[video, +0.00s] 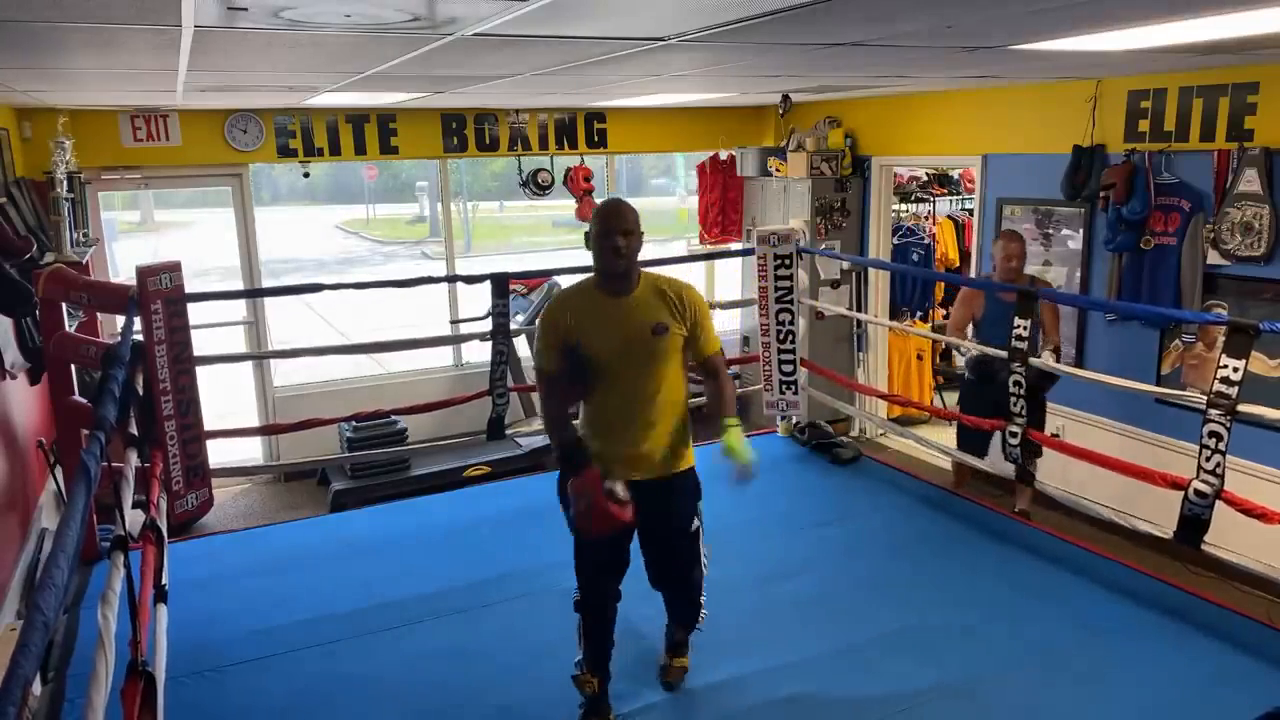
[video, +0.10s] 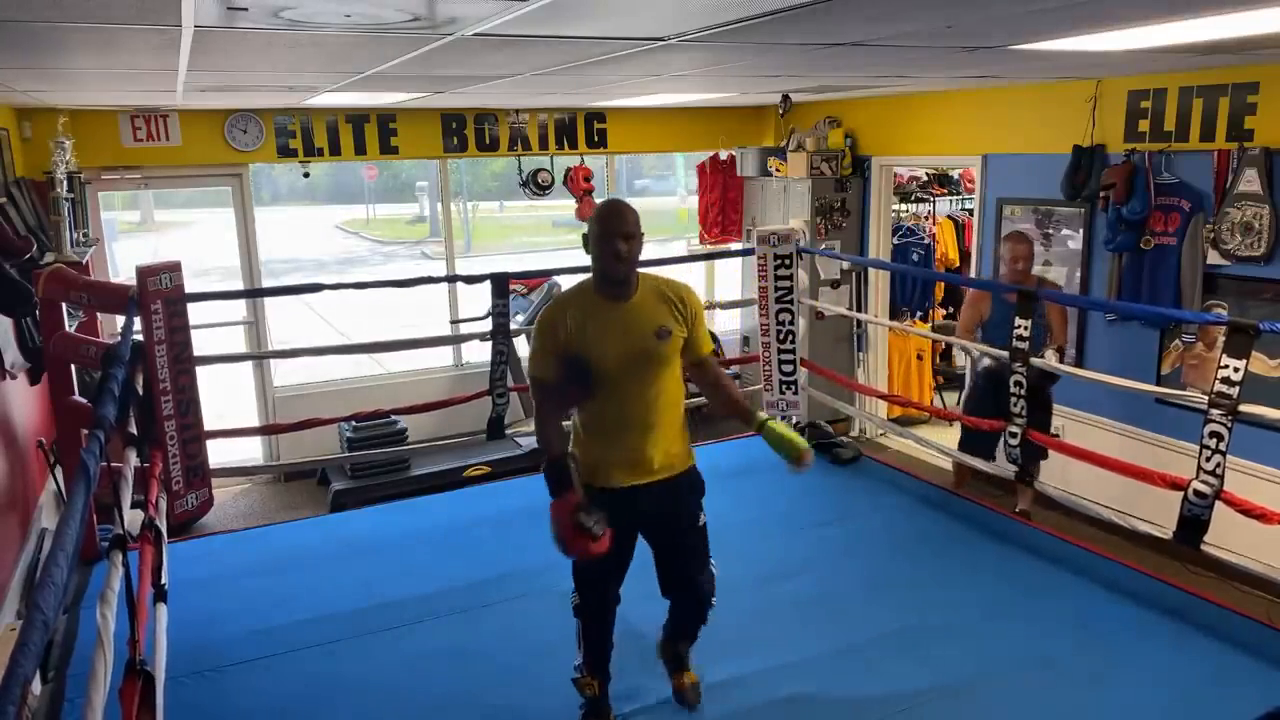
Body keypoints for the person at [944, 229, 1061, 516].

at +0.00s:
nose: (1014, 265)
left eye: (1019, 258)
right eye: (1007, 258)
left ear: (1025, 258)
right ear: (993, 258)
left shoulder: (1040, 291)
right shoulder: (974, 291)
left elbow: (1053, 340)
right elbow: (953, 333)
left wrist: (1048, 358)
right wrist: (969, 352)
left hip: (1024, 384)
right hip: (982, 381)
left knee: (1027, 450)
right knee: (968, 445)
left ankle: (1021, 514)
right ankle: (956, 498)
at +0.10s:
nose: (1019, 267)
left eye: (1025, 259)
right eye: (1012, 260)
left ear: (1033, 259)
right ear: (1001, 259)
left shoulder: (1048, 292)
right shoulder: (982, 292)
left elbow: (1059, 343)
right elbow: (962, 335)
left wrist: (1050, 357)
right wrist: (982, 354)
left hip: (1031, 385)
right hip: (988, 382)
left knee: (1030, 449)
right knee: (970, 443)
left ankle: (1022, 513)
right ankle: (956, 498)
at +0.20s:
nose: (1025, 268)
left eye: (1030, 260)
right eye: (1018, 261)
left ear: (1040, 259)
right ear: (1007, 259)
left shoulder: (1055, 292)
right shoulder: (991, 290)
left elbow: (1064, 341)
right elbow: (971, 332)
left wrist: (1053, 356)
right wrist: (989, 354)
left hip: (1036, 381)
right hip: (994, 377)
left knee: (1032, 448)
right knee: (970, 439)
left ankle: (1023, 513)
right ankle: (957, 498)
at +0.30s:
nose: (1029, 268)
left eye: (1035, 261)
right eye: (1022, 262)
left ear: (1044, 260)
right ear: (1011, 260)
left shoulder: (1059, 291)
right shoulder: (993, 290)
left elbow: (1068, 343)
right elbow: (976, 336)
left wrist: (1054, 357)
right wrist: (1002, 349)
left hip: (1039, 383)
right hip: (997, 378)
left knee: (1034, 451)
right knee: (977, 443)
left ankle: (1022, 513)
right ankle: (965, 504)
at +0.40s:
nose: (1030, 269)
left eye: (1036, 262)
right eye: (1023, 262)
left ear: (1045, 260)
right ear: (1013, 260)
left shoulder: (1061, 292)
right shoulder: (994, 290)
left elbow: (1069, 344)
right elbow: (978, 335)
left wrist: (1055, 357)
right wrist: (1003, 349)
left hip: (1040, 384)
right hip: (998, 380)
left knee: (1034, 453)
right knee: (980, 446)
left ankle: (1023, 514)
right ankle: (975, 509)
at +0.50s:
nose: (1030, 268)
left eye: (1036, 261)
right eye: (1023, 261)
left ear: (1045, 259)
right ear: (1013, 260)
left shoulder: (1061, 291)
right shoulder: (996, 289)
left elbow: (1069, 342)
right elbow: (979, 335)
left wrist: (1058, 355)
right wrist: (1006, 347)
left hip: (1041, 384)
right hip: (998, 379)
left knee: (1034, 453)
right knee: (981, 445)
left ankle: (1023, 515)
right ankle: (974, 508)